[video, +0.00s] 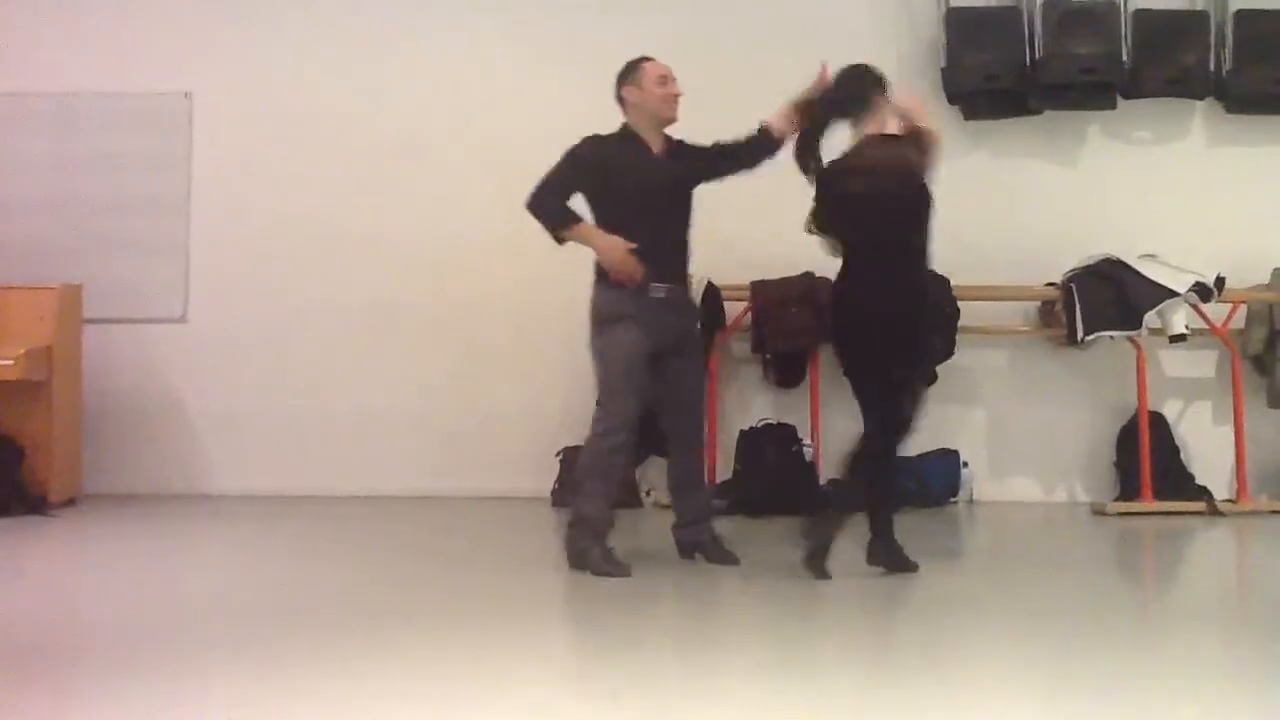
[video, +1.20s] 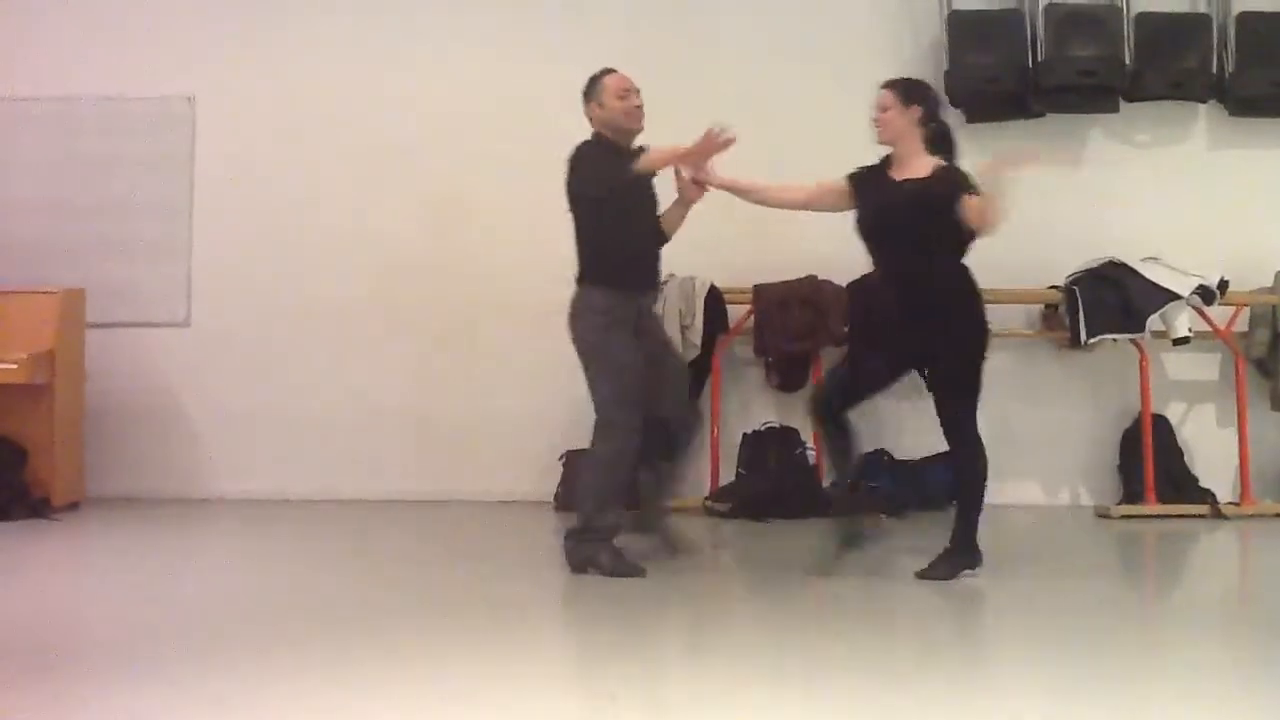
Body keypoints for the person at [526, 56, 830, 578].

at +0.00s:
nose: (675, 90)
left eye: (674, 82)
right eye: (662, 82)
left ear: (671, 95)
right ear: (628, 95)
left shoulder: (684, 157)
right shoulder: (598, 152)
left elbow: (749, 152)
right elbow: (543, 202)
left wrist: (802, 106)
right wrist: (599, 241)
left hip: (676, 307)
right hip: (622, 307)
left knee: (687, 423)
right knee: (618, 420)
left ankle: (695, 531)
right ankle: (586, 538)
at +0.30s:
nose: (644, 91)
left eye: (642, 83)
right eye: (631, 83)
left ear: (622, 97)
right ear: (596, 93)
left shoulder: (644, 170)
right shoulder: (560, 146)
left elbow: (718, 200)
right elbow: (500, 192)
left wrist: (789, 175)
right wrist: (549, 242)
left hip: (622, 308)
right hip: (567, 305)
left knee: (667, 399)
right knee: (580, 415)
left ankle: (623, 490)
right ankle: (580, 540)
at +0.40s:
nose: (635, 89)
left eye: (632, 82)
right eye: (622, 81)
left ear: (605, 95)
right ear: (586, 92)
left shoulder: (635, 168)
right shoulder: (548, 147)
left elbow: (709, 203)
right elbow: (490, 197)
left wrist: (781, 182)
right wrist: (537, 244)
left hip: (609, 309)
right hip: (555, 302)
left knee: (638, 421)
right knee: (572, 417)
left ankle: (558, 486)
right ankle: (581, 540)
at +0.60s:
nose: (622, 91)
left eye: (620, 83)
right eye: (609, 83)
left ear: (594, 97)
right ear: (575, 95)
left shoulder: (621, 169)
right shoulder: (538, 150)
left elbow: (694, 210)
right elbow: (480, 204)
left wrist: (765, 188)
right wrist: (527, 247)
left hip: (584, 311)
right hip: (540, 304)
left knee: (565, 421)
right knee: (564, 417)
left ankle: (486, 516)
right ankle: (581, 541)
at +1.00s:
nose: (620, 95)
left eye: (619, 86)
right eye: (607, 88)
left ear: (609, 101)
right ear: (575, 102)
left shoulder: (618, 170)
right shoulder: (559, 151)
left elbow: (656, 232)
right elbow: (524, 196)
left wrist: (703, 206)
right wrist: (590, 204)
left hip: (603, 310)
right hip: (571, 305)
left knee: (600, 420)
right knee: (600, 419)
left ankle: (510, 505)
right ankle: (587, 540)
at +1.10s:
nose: (629, 98)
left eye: (628, 91)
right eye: (616, 91)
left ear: (625, 102)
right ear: (585, 105)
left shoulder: (624, 171)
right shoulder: (577, 153)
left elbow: (643, 242)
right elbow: (604, 180)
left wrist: (686, 206)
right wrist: (665, 171)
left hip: (625, 309)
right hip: (592, 307)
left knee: (646, 420)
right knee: (614, 417)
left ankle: (588, 505)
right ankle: (589, 541)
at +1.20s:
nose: (637, 102)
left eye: (638, 95)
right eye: (624, 96)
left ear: (639, 106)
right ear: (595, 110)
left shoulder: (634, 168)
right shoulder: (590, 157)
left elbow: (654, 235)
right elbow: (634, 165)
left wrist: (686, 198)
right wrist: (690, 152)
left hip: (639, 311)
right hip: (602, 311)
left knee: (673, 408)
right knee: (620, 418)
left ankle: (645, 512)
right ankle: (591, 538)